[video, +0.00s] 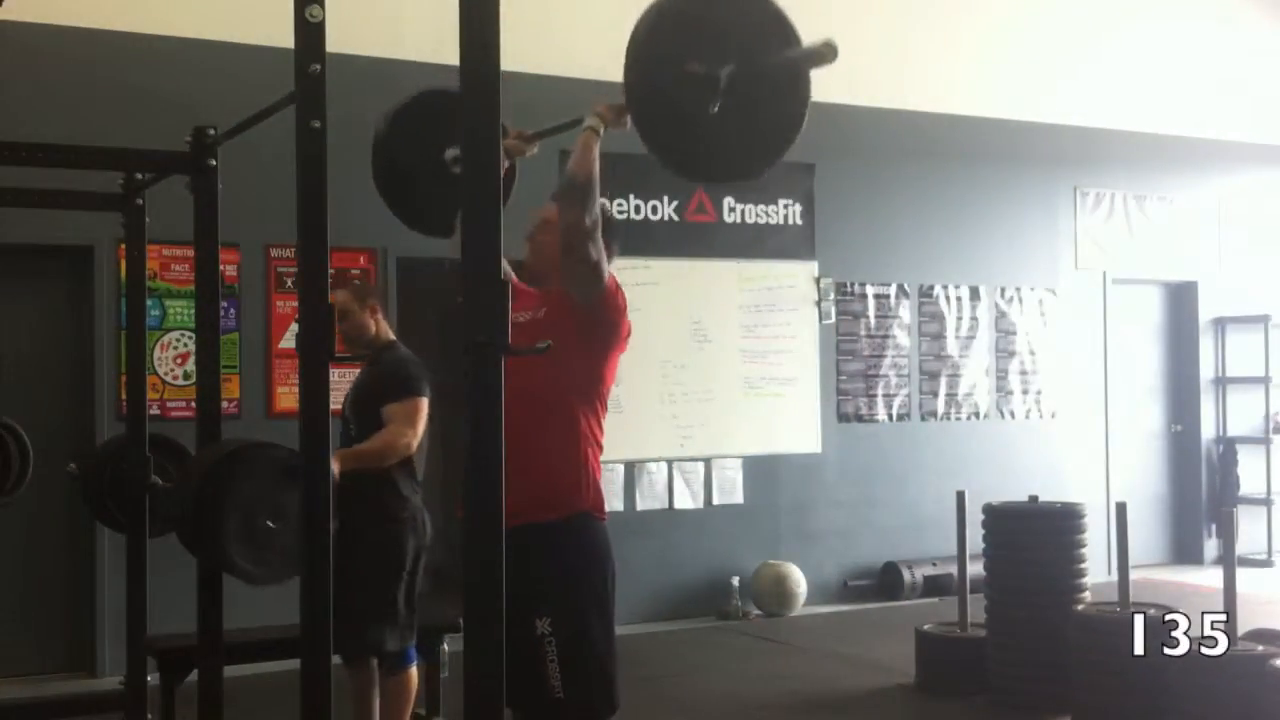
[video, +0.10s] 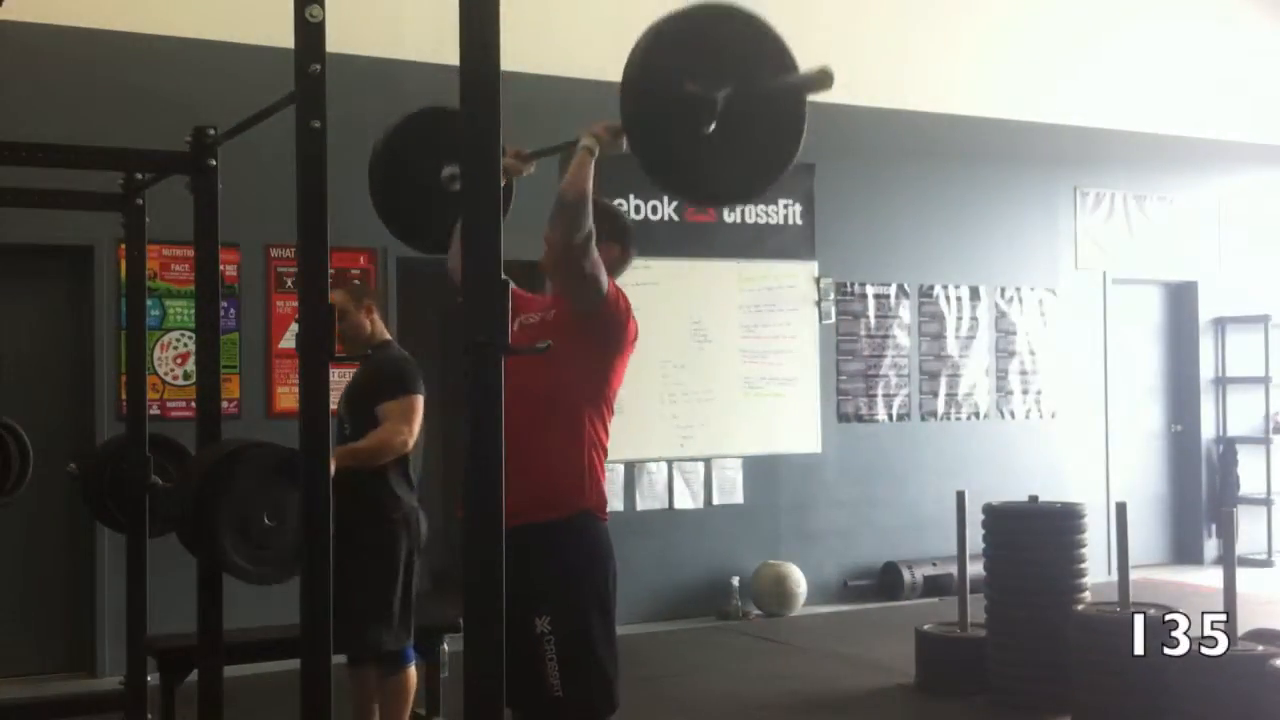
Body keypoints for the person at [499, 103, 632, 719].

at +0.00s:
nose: (533, 232)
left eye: (550, 225)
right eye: (535, 223)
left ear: (581, 241)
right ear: (533, 237)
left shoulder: (594, 315)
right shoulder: (508, 302)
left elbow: (579, 215)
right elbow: (468, 245)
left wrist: (593, 126)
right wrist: (496, 170)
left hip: (565, 531)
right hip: (496, 531)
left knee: (580, 693)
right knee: (505, 689)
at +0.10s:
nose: (560, 247)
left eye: (578, 239)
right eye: (561, 236)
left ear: (608, 255)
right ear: (553, 244)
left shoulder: (606, 324)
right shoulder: (520, 310)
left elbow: (566, 234)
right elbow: (463, 267)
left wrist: (588, 145)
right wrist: (496, 187)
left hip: (565, 536)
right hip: (500, 534)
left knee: (577, 698)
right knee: (513, 695)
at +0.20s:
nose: (569, 236)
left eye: (585, 231)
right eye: (571, 229)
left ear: (619, 260)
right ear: (559, 244)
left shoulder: (613, 326)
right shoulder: (523, 316)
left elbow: (560, 254)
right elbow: (457, 282)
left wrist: (582, 171)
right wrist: (491, 205)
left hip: (566, 535)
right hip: (499, 532)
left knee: (575, 698)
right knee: (506, 694)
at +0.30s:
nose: (580, 223)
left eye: (603, 220)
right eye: (585, 213)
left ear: (627, 257)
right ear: (568, 238)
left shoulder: (619, 325)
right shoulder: (525, 320)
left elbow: (559, 287)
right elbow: (452, 304)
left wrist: (579, 197)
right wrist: (486, 227)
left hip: (570, 532)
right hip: (505, 529)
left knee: (579, 697)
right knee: (517, 692)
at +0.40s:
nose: (583, 231)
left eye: (604, 227)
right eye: (587, 223)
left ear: (630, 265)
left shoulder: (623, 331)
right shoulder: (526, 330)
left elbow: (559, 311)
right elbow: (451, 325)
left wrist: (575, 225)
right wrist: (488, 248)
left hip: (570, 531)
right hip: (504, 530)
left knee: (580, 694)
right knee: (516, 691)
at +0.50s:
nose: (576, 251)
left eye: (595, 241)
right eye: (578, 240)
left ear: (620, 264)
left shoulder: (626, 333)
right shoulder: (531, 330)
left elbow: (561, 327)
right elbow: (454, 352)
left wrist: (572, 255)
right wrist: (487, 277)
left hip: (571, 530)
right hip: (508, 529)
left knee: (578, 691)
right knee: (514, 688)